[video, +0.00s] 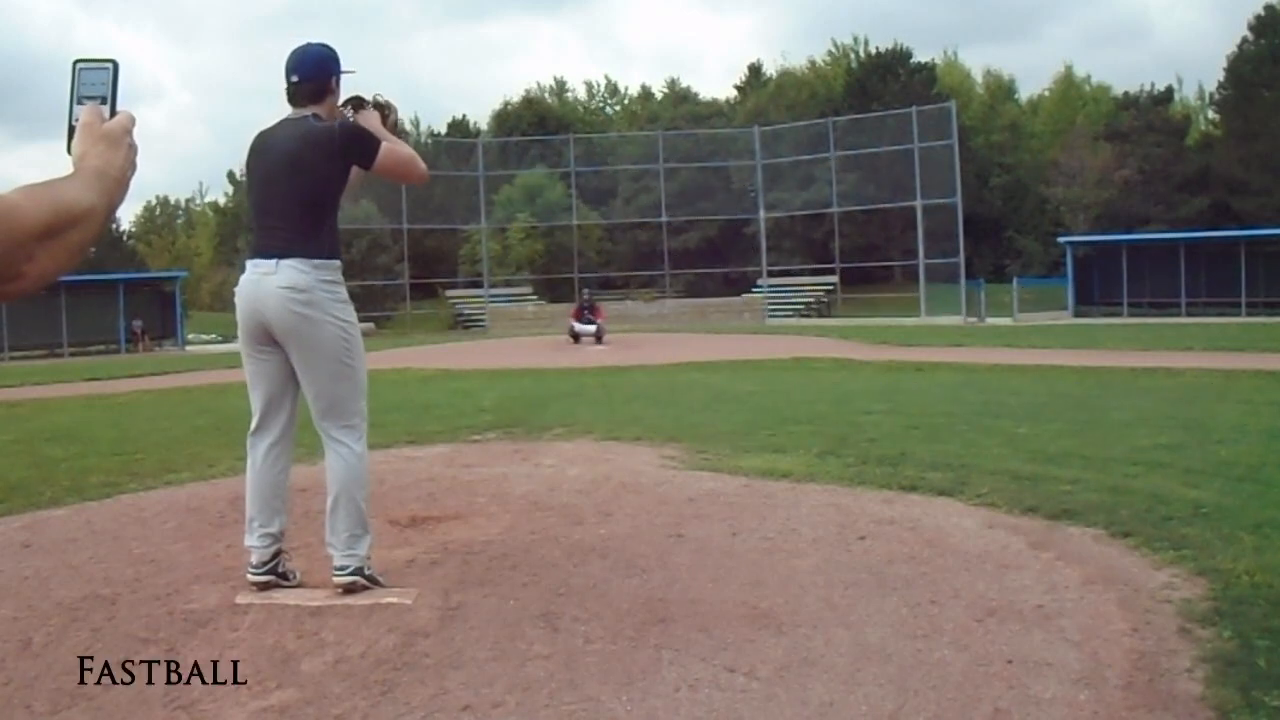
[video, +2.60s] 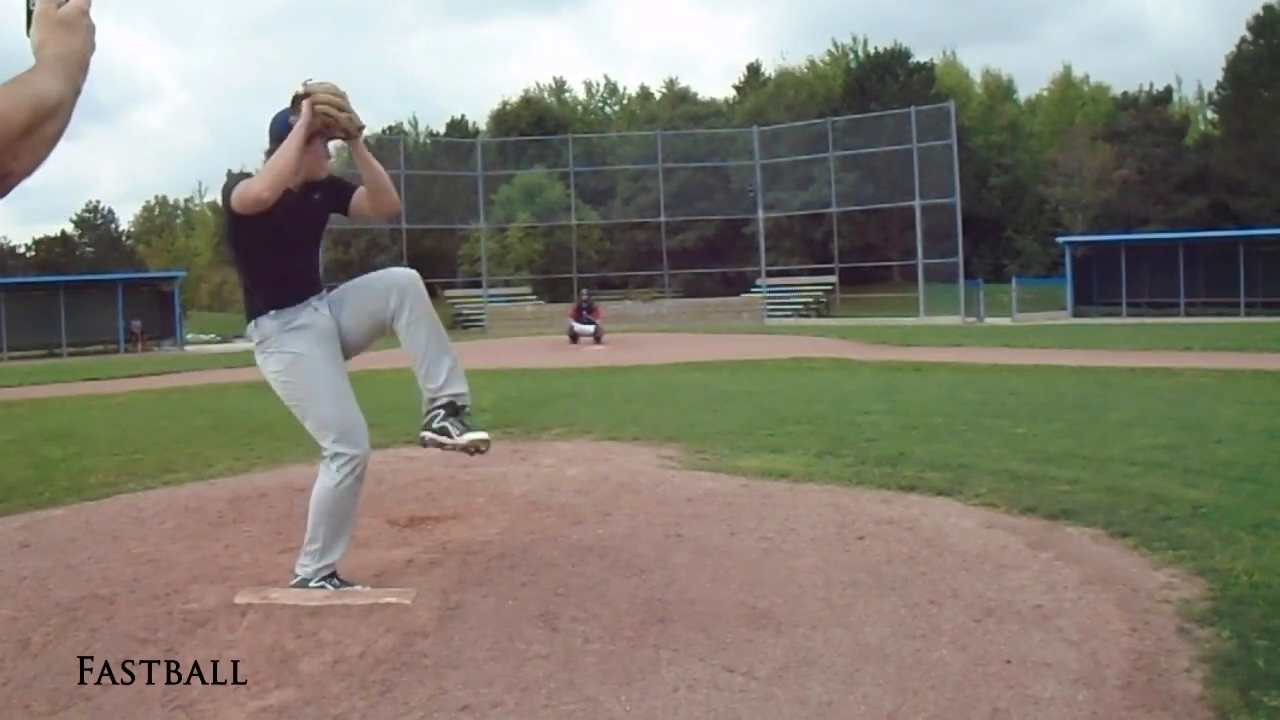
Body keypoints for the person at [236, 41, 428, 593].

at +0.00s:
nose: (340, 91)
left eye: (335, 83)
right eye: (339, 83)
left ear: (289, 89)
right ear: (333, 87)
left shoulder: (262, 142)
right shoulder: (337, 136)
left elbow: (330, 192)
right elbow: (415, 169)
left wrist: (357, 133)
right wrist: (376, 126)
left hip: (253, 287)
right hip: (310, 287)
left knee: (269, 428)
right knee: (343, 431)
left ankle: (264, 557)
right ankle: (350, 562)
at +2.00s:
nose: (303, 126)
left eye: (300, 118)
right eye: (302, 118)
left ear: (251, 122)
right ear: (292, 119)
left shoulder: (228, 176)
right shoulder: (279, 170)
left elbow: (291, 240)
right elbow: (365, 194)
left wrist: (337, 200)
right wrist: (352, 146)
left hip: (215, 330)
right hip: (265, 329)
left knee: (251, 463)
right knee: (330, 446)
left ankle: (236, 589)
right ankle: (312, 573)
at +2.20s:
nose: (317, 127)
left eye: (314, 118)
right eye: (314, 117)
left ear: (268, 122)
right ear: (301, 118)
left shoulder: (255, 176)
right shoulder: (277, 172)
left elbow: (335, 228)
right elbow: (362, 186)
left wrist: (376, 174)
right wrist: (368, 135)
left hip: (246, 331)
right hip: (282, 331)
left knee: (295, 434)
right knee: (341, 446)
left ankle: (243, 513)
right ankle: (314, 574)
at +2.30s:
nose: (318, 129)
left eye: (318, 120)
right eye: (316, 120)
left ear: (272, 121)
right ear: (303, 118)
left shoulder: (286, 176)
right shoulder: (265, 168)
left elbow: (353, 220)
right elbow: (339, 178)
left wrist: (385, 162)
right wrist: (366, 125)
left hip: (292, 324)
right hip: (277, 328)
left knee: (356, 399)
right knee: (340, 444)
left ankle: (282, 494)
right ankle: (313, 573)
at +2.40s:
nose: (322, 142)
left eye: (323, 133)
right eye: (319, 131)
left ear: (284, 125)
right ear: (301, 123)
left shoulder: (301, 179)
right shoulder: (246, 170)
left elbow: (366, 212)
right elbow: (312, 174)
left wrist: (380, 148)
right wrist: (349, 121)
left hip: (314, 320)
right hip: (277, 331)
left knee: (396, 371)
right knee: (341, 450)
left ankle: (349, 477)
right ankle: (312, 574)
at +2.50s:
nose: (319, 144)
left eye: (321, 137)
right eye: (314, 134)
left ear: (292, 138)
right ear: (294, 131)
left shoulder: (310, 182)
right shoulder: (236, 175)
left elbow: (377, 207)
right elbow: (281, 178)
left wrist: (367, 142)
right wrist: (326, 117)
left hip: (324, 316)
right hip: (277, 334)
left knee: (420, 329)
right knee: (344, 451)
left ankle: (420, 455)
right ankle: (312, 574)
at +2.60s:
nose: (331, 153)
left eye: (333, 142)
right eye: (322, 143)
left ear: (326, 148)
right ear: (292, 146)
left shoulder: (322, 189)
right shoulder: (240, 189)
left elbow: (385, 206)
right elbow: (263, 194)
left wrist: (357, 145)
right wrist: (302, 125)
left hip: (328, 313)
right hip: (285, 335)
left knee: (402, 284)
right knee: (348, 449)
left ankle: (445, 410)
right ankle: (314, 572)